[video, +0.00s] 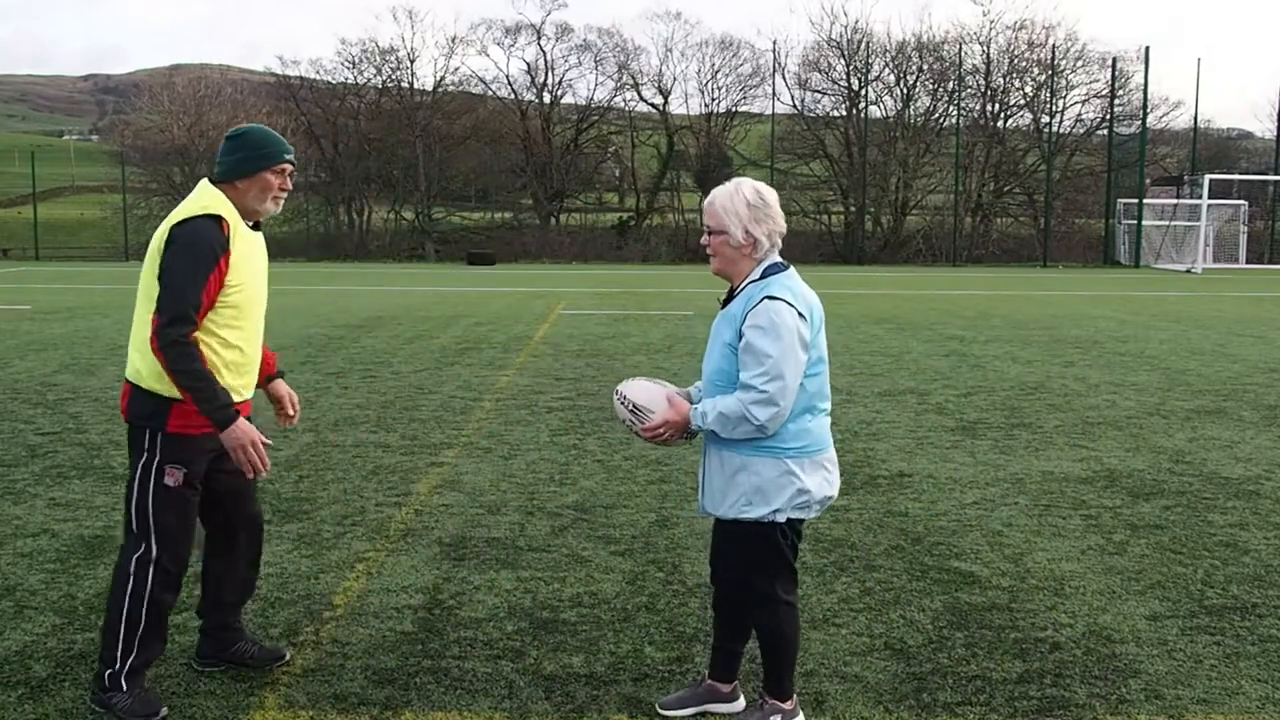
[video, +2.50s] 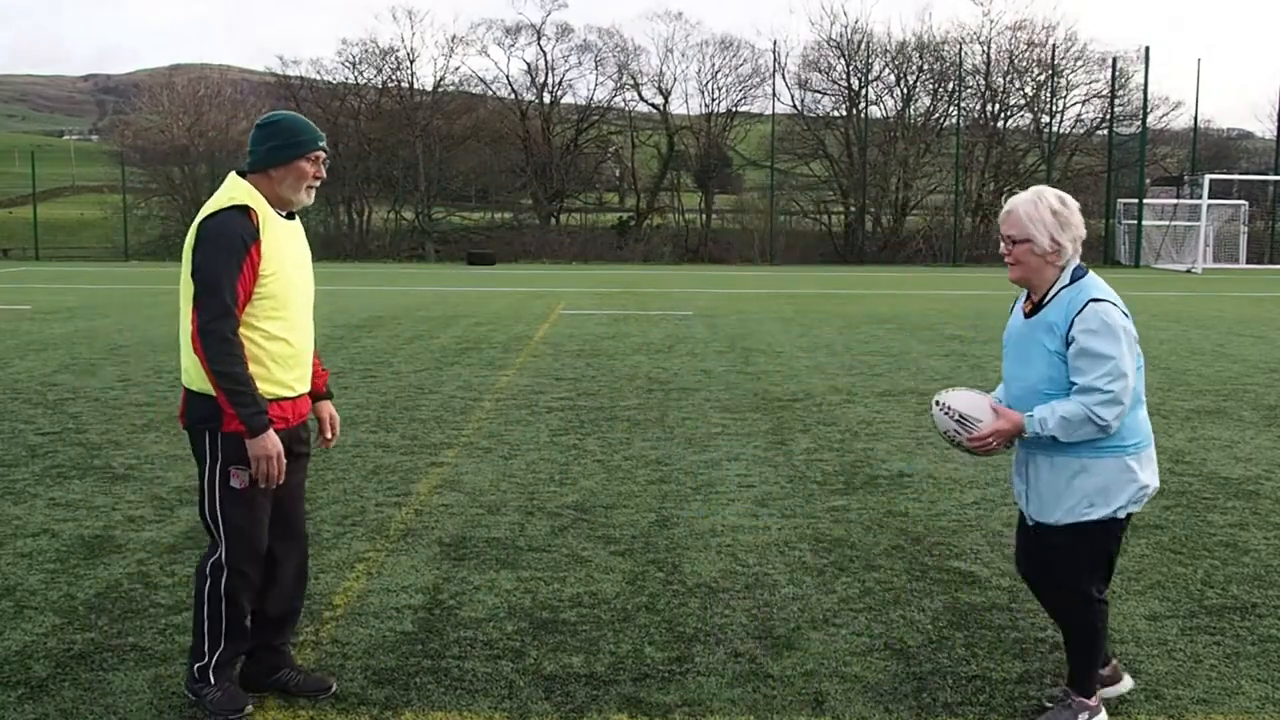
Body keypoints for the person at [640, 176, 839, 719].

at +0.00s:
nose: (704, 243)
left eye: (714, 233)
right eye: (704, 231)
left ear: (750, 240)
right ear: (745, 241)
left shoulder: (775, 306)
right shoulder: (750, 297)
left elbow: (765, 407)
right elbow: (735, 382)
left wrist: (695, 415)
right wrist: (683, 402)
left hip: (775, 474)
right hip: (743, 469)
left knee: (769, 589)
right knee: (729, 579)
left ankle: (780, 703)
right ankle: (721, 685)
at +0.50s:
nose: (718, 242)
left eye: (728, 232)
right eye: (719, 231)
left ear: (764, 240)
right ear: (758, 242)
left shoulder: (789, 310)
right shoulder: (761, 300)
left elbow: (773, 411)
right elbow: (738, 382)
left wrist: (701, 418)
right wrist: (689, 403)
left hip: (780, 478)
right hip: (746, 472)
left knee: (769, 590)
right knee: (729, 580)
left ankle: (779, 703)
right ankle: (720, 685)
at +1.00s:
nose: (737, 245)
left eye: (747, 236)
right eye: (737, 235)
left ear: (783, 244)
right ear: (774, 244)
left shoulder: (810, 313)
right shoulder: (776, 301)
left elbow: (797, 415)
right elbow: (758, 383)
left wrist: (723, 422)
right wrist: (708, 402)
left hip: (802, 476)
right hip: (770, 467)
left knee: (778, 585)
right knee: (754, 563)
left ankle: (780, 701)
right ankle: (814, 665)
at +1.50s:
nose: (811, 252)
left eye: (823, 242)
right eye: (809, 241)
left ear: (860, 249)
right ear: (848, 251)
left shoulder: (880, 316)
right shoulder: (851, 308)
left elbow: (872, 414)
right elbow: (834, 390)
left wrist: (802, 424)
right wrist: (785, 413)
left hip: (880, 480)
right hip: (862, 475)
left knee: (830, 582)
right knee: (874, 578)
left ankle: (786, 699)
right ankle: (931, 677)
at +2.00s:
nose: (913, 243)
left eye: (926, 234)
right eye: (912, 233)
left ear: (962, 242)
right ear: (916, 236)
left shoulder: (989, 310)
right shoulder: (937, 303)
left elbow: (981, 405)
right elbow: (927, 380)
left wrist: (904, 411)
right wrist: (884, 400)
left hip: (981, 474)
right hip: (935, 470)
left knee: (970, 580)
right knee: (922, 573)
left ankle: (1044, 681)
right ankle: (934, 681)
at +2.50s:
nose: (1004, 252)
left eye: (1014, 242)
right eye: (1003, 241)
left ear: (1051, 246)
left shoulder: (1096, 313)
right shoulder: (1028, 304)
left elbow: (1102, 410)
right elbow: (1023, 384)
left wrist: (1024, 424)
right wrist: (987, 415)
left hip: (1096, 477)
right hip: (1047, 469)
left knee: (1079, 587)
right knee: (1037, 565)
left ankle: (1084, 700)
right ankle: (1101, 667)